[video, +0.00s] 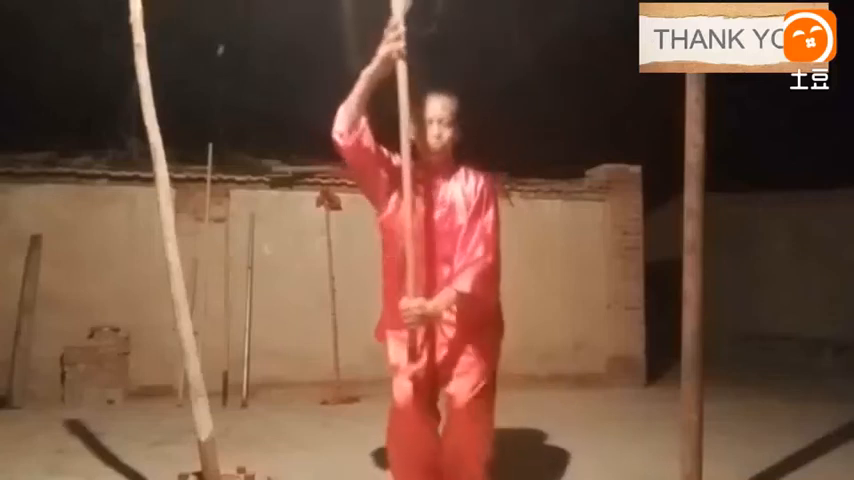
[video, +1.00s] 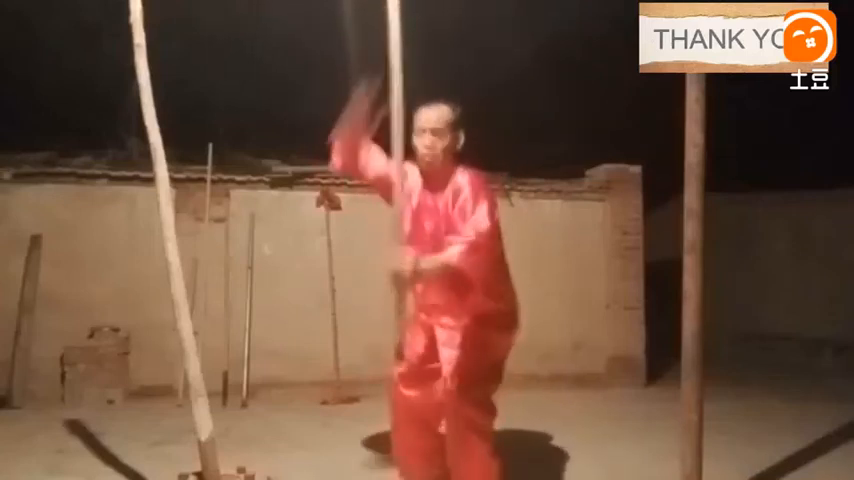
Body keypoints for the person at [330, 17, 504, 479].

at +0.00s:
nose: (438, 130)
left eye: (446, 122)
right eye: (431, 121)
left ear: (459, 128)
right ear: (416, 125)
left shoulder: (476, 184)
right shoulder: (391, 177)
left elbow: (480, 262)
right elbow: (346, 133)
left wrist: (436, 305)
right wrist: (376, 67)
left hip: (466, 323)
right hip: (406, 324)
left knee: (466, 408)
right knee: (406, 408)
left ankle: (467, 478)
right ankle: (415, 478)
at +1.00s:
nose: (426, 141)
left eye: (436, 133)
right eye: (420, 132)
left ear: (456, 140)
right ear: (412, 138)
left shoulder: (470, 185)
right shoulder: (405, 179)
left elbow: (475, 247)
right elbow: (352, 158)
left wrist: (420, 266)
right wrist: (357, 111)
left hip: (475, 314)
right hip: (426, 314)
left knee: (461, 399)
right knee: (410, 393)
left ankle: (475, 474)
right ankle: (420, 473)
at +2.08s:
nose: (402, 264)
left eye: (408, 258)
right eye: (396, 259)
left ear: (418, 260)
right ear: (389, 261)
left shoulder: (430, 293)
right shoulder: (393, 295)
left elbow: (425, 349)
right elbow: (358, 302)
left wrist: (388, 385)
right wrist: (345, 295)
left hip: (460, 369)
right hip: (432, 365)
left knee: (406, 385)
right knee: (393, 387)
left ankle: (433, 443)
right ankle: (415, 436)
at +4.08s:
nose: (551, 206)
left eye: (554, 199)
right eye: (543, 198)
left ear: (557, 202)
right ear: (523, 201)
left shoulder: (539, 229)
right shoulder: (521, 233)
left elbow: (582, 209)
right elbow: (579, 218)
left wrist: (626, 178)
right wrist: (631, 178)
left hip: (530, 339)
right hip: (495, 339)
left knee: (579, 380)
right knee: (456, 396)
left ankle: (614, 457)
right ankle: (397, 434)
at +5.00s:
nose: (496, 206)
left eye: (505, 198)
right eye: (491, 198)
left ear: (519, 204)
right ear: (479, 207)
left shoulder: (524, 244)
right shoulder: (473, 245)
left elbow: (523, 222)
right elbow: (466, 197)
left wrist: (506, 177)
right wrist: (503, 166)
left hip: (523, 352)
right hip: (470, 350)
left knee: (579, 395)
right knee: (419, 387)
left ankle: (627, 465)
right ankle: (414, 455)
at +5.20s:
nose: (490, 205)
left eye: (498, 196)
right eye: (484, 198)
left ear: (511, 199)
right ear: (472, 205)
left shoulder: (516, 238)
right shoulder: (463, 247)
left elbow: (522, 274)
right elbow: (448, 205)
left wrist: (506, 212)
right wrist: (483, 176)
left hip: (520, 351)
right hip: (464, 350)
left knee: (576, 395)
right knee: (412, 384)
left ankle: (624, 465)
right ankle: (410, 455)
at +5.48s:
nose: (495, 206)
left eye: (502, 198)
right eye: (489, 199)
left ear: (514, 202)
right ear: (479, 203)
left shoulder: (521, 243)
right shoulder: (466, 244)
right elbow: (451, 204)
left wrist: (506, 199)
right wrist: (487, 178)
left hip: (523, 351)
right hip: (467, 348)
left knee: (578, 395)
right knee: (412, 383)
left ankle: (626, 466)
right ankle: (411, 456)